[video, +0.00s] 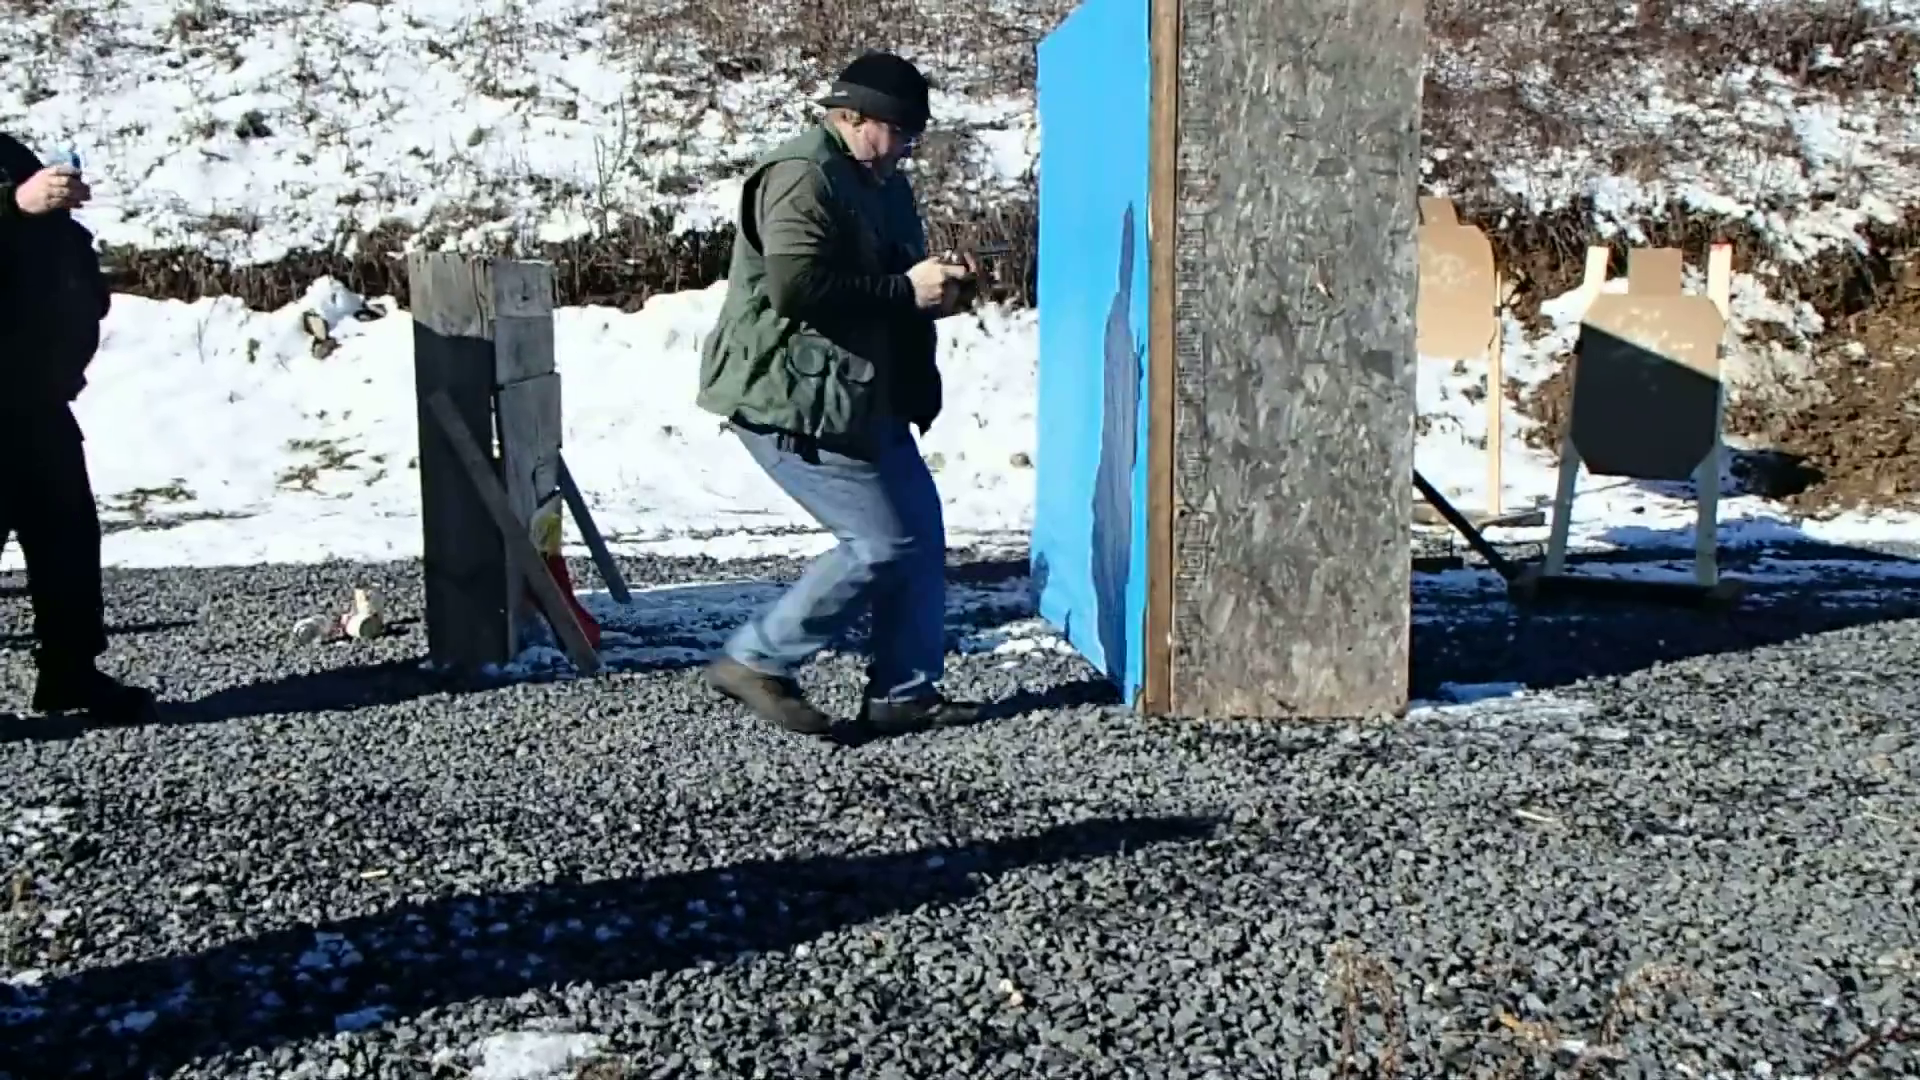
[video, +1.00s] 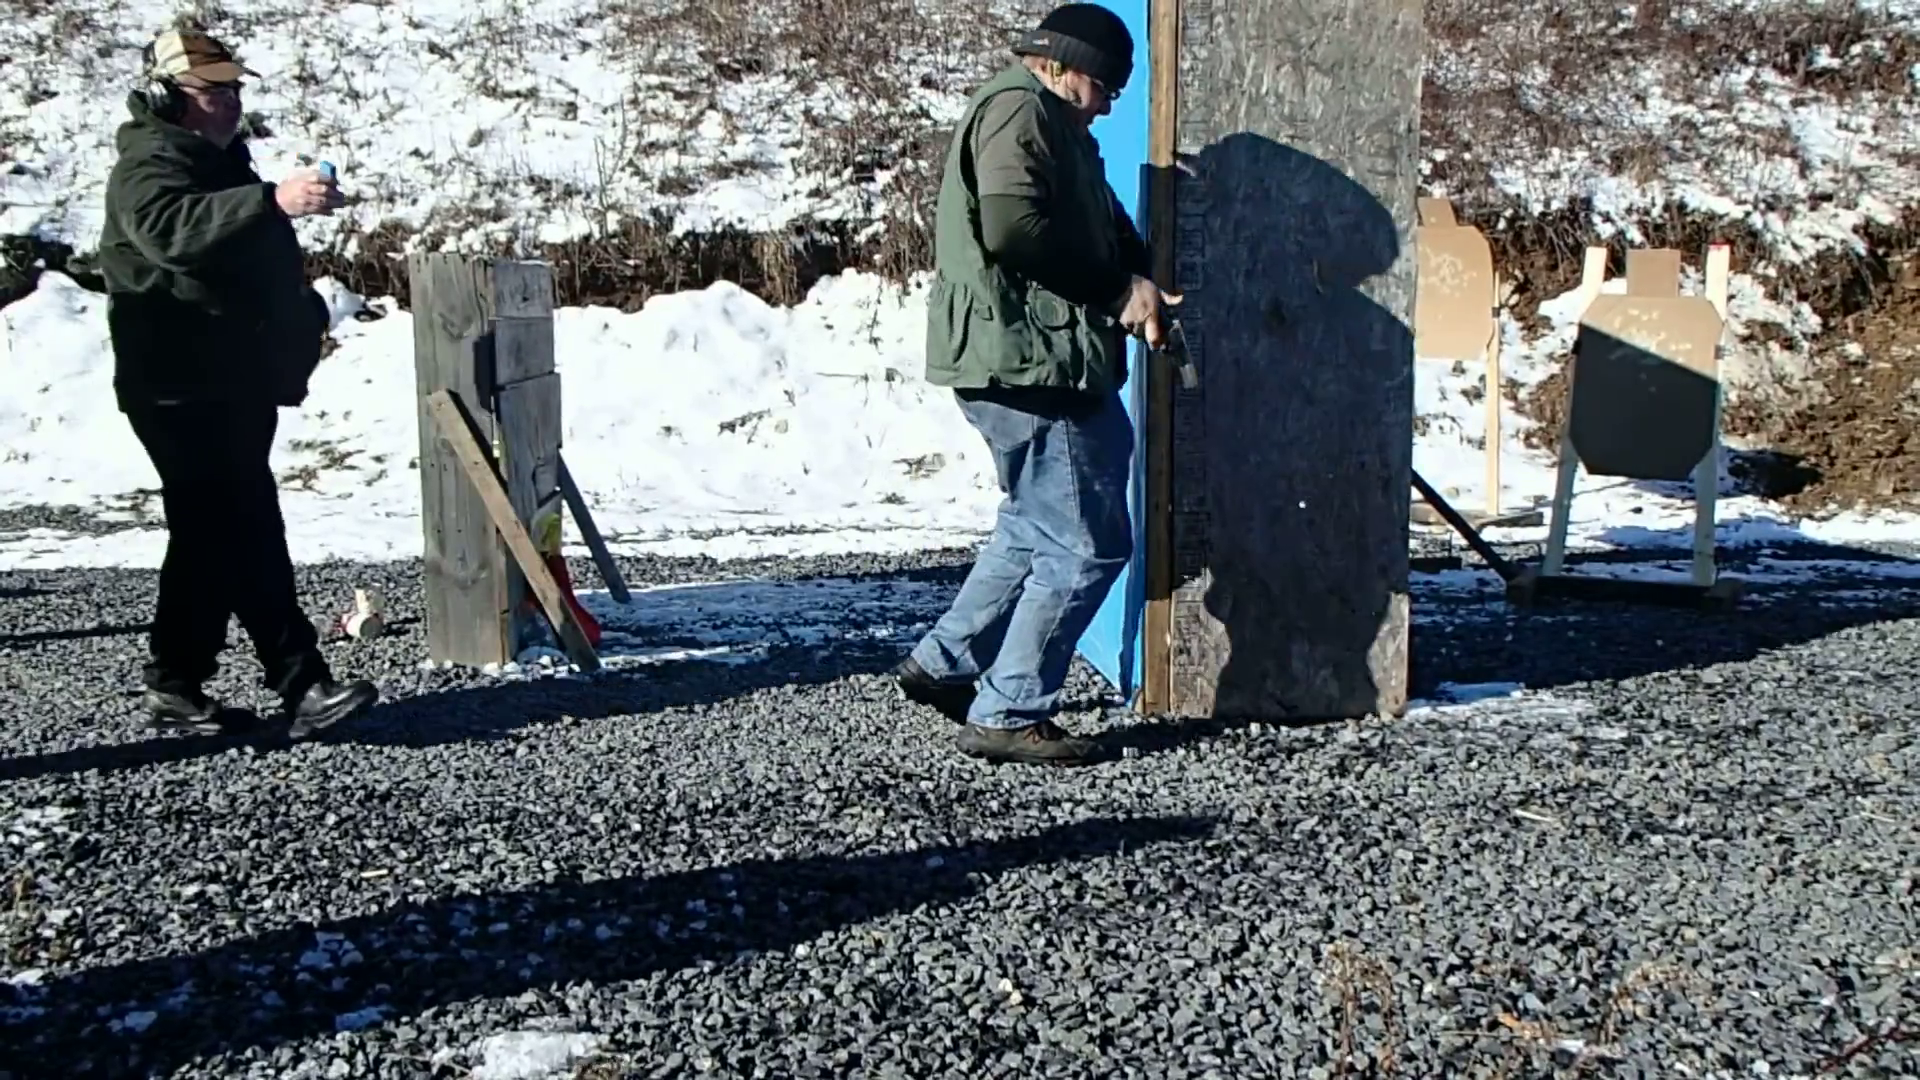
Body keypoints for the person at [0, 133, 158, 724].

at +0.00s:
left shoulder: (20, 166)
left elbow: (80, 284)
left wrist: (60, 372)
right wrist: (19, 203)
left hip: (33, 398)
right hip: (19, 402)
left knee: (67, 532)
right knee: (62, 532)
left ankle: (69, 672)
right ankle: (66, 674)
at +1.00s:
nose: (234, 102)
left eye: (235, 89)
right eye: (219, 90)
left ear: (230, 90)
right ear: (179, 93)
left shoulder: (226, 161)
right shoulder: (147, 160)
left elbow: (258, 263)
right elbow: (175, 235)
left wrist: (304, 323)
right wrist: (273, 199)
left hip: (235, 383)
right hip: (180, 391)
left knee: (208, 533)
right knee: (249, 530)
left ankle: (174, 682)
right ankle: (302, 686)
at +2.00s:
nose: (493, 84)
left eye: (493, 70)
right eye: (480, 71)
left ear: (465, 80)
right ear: (437, 81)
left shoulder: (486, 156)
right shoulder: (392, 168)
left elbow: (525, 252)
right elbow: (407, 266)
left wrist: (554, 246)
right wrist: (508, 238)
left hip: (506, 387)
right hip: (434, 396)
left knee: (530, 545)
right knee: (428, 557)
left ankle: (571, 694)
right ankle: (384, 717)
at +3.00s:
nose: (685, 74)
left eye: (683, 61)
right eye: (675, 62)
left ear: (633, 67)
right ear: (637, 69)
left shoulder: (636, 134)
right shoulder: (601, 143)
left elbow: (657, 235)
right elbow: (634, 249)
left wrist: (736, 200)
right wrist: (732, 203)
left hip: (651, 383)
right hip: (640, 389)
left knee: (634, 545)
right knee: (666, 552)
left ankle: (596, 711)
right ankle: (663, 729)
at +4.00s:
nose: (720, 63)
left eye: (720, 49)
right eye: (709, 48)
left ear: (658, 53)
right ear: (661, 51)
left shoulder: (666, 123)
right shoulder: (645, 130)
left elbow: (716, 221)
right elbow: (700, 226)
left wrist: (808, 190)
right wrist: (812, 185)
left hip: (669, 378)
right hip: (666, 383)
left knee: (645, 546)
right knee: (675, 554)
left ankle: (600, 702)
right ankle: (662, 731)